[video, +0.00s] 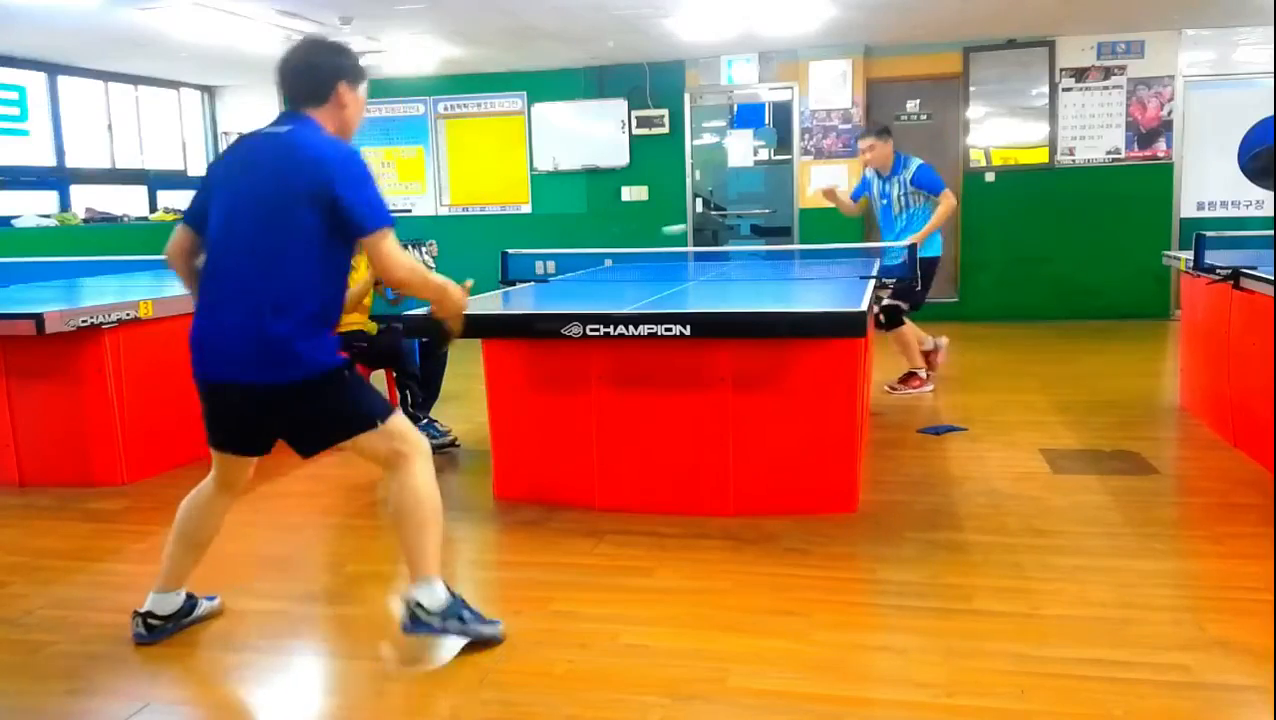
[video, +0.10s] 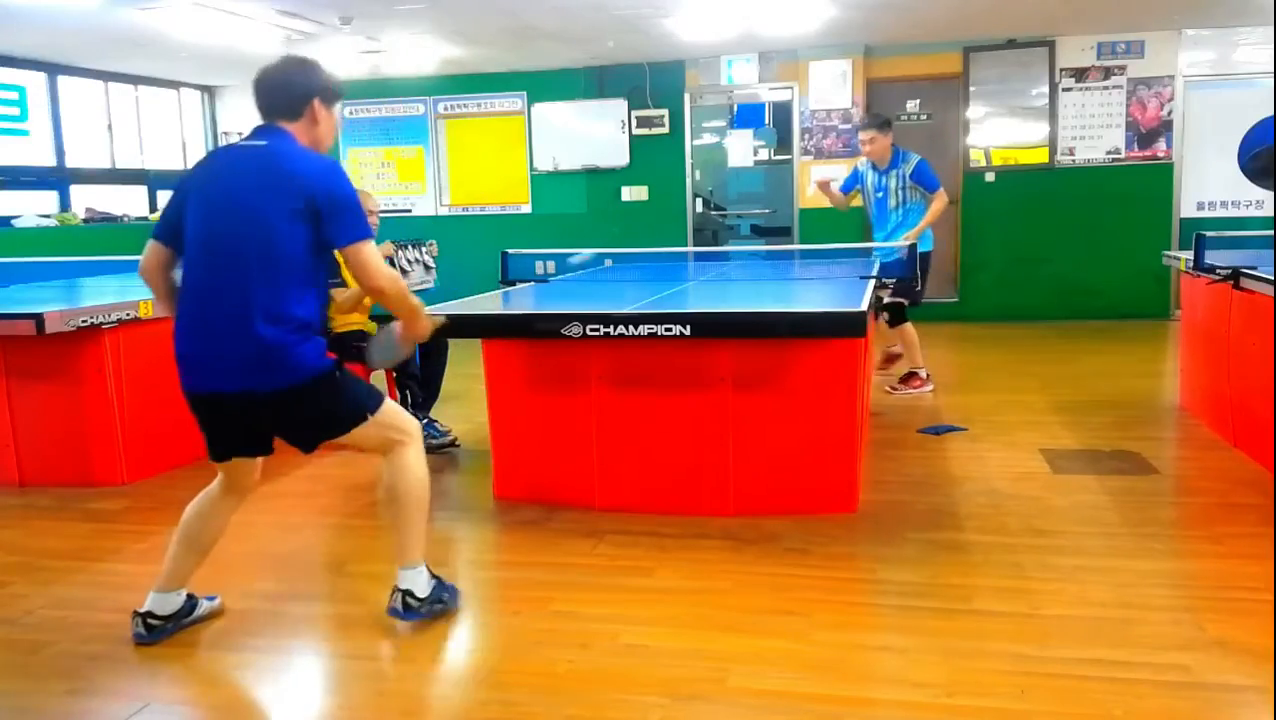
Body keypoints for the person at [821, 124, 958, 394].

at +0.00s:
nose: (865, 157)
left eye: (869, 150)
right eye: (861, 152)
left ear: (888, 145)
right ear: (861, 153)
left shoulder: (915, 169)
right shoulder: (871, 175)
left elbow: (949, 202)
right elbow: (853, 207)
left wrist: (923, 234)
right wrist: (835, 198)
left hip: (919, 253)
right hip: (891, 252)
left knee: (890, 309)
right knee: (878, 311)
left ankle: (918, 373)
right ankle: (929, 345)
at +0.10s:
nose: (864, 149)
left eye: (870, 141)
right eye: (861, 143)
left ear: (888, 138)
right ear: (859, 143)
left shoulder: (912, 164)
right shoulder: (863, 168)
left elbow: (941, 198)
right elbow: (843, 202)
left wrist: (917, 231)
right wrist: (828, 191)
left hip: (911, 248)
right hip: (882, 249)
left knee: (894, 308)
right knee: (876, 303)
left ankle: (919, 373)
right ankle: (894, 346)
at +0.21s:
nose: (857, 147)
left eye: (862, 140)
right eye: (854, 141)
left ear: (880, 137)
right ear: (852, 140)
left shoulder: (903, 162)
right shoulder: (854, 167)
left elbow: (933, 196)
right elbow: (837, 203)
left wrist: (908, 228)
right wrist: (827, 196)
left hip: (901, 249)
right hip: (870, 250)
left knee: (895, 311)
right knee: (861, 311)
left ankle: (919, 373)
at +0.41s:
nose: (841, 144)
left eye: (846, 137)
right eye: (838, 138)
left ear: (866, 135)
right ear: (839, 139)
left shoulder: (888, 163)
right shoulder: (846, 168)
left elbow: (915, 199)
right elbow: (843, 203)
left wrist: (886, 229)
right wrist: (824, 218)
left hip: (888, 254)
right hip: (856, 254)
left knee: (890, 310)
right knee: (851, 314)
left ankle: (920, 372)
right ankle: (850, 378)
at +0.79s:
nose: (828, 167)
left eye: (832, 159)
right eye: (823, 162)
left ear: (849, 153)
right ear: (820, 161)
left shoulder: (876, 171)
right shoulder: (829, 189)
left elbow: (913, 197)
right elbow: (830, 228)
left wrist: (881, 200)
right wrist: (828, 233)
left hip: (889, 257)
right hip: (853, 261)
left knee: (889, 314)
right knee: (847, 317)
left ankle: (920, 373)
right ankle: (847, 382)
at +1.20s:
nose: (820, 163)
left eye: (825, 156)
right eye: (815, 157)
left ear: (840, 153)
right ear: (810, 157)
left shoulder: (856, 166)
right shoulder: (808, 185)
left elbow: (883, 179)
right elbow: (811, 224)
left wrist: (909, 195)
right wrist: (826, 216)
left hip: (866, 257)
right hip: (829, 264)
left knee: (887, 309)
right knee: (831, 321)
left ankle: (912, 367)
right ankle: (834, 379)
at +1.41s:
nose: (803, 155)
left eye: (808, 147)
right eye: (798, 149)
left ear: (823, 145)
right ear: (794, 150)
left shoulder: (843, 164)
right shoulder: (792, 178)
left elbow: (887, 174)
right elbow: (788, 210)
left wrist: (887, 185)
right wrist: (785, 223)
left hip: (851, 251)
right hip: (814, 253)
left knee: (867, 306)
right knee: (815, 310)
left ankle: (886, 359)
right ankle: (819, 366)